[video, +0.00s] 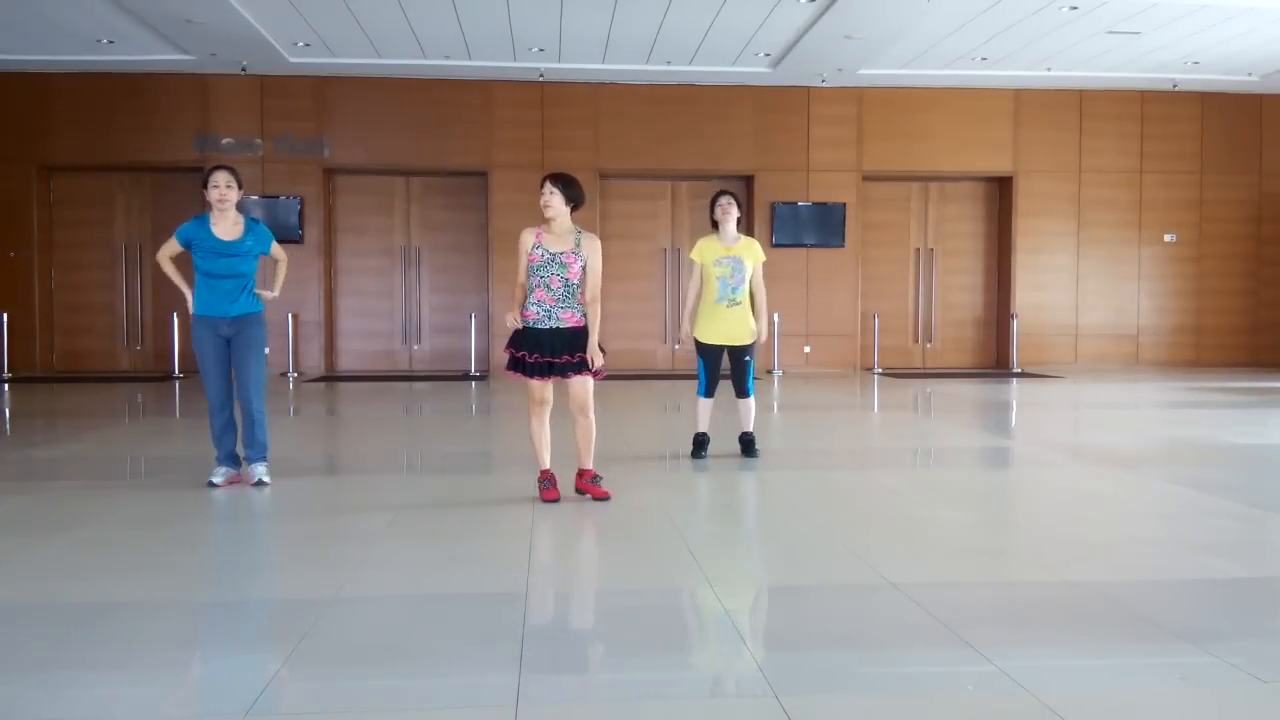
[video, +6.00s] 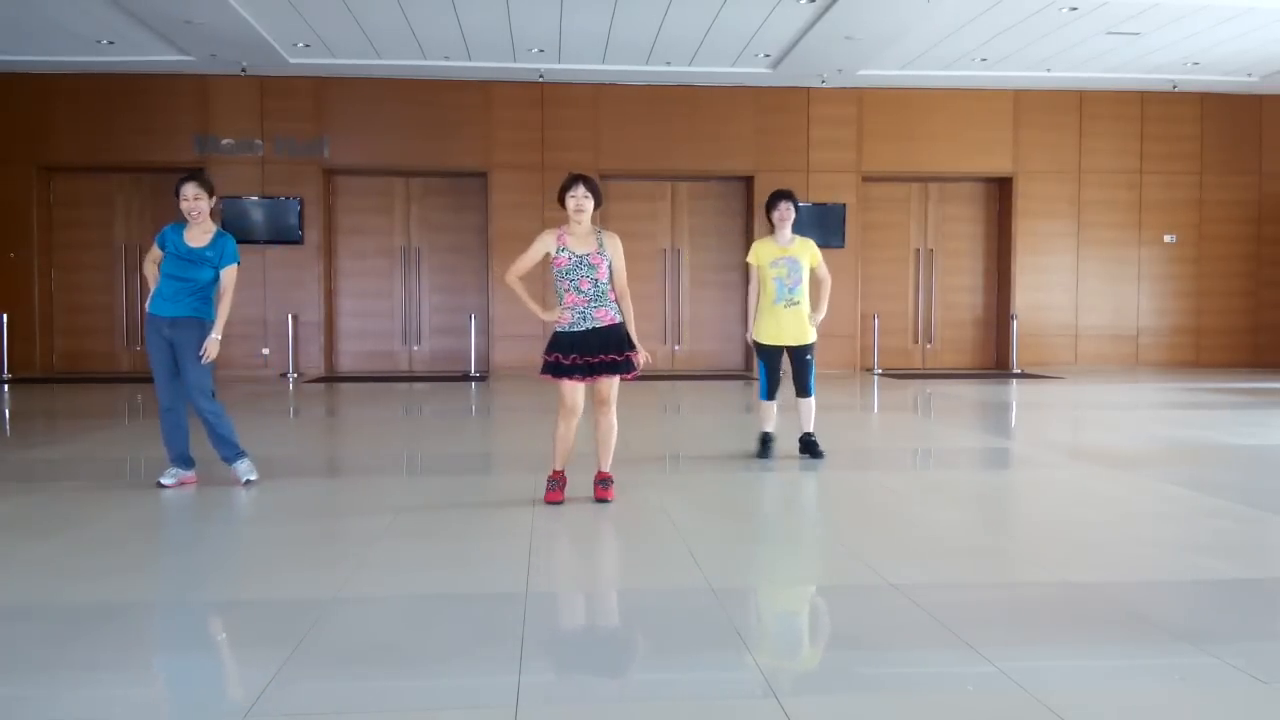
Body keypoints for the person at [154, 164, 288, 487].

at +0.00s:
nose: (222, 192)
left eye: (229, 186)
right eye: (215, 187)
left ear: (239, 193)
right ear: (207, 194)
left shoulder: (255, 230)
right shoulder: (195, 229)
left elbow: (282, 258)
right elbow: (162, 256)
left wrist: (275, 291)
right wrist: (187, 292)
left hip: (248, 320)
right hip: (207, 322)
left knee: (251, 395)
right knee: (217, 398)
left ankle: (258, 463)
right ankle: (227, 464)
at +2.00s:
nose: (243, 202)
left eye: (247, 197)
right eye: (236, 196)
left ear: (253, 201)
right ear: (220, 199)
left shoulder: (262, 237)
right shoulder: (203, 234)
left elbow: (291, 274)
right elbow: (166, 261)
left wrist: (280, 307)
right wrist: (193, 289)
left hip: (250, 324)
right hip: (208, 324)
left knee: (247, 396)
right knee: (214, 397)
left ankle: (260, 463)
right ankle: (222, 464)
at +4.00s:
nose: (241, 202)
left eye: (241, 196)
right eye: (235, 196)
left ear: (232, 199)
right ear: (215, 198)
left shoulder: (243, 237)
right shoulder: (191, 233)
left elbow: (271, 277)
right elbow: (148, 263)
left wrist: (303, 295)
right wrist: (183, 291)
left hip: (241, 324)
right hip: (203, 324)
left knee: (250, 395)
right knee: (209, 399)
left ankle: (245, 465)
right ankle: (215, 467)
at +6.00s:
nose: (191, 205)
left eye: (197, 198)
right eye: (185, 200)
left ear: (211, 201)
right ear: (179, 205)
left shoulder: (224, 242)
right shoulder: (170, 234)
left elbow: (226, 293)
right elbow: (149, 263)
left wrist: (216, 334)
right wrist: (157, 292)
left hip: (193, 323)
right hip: (158, 322)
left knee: (201, 396)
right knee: (168, 398)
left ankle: (237, 460)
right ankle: (182, 466)